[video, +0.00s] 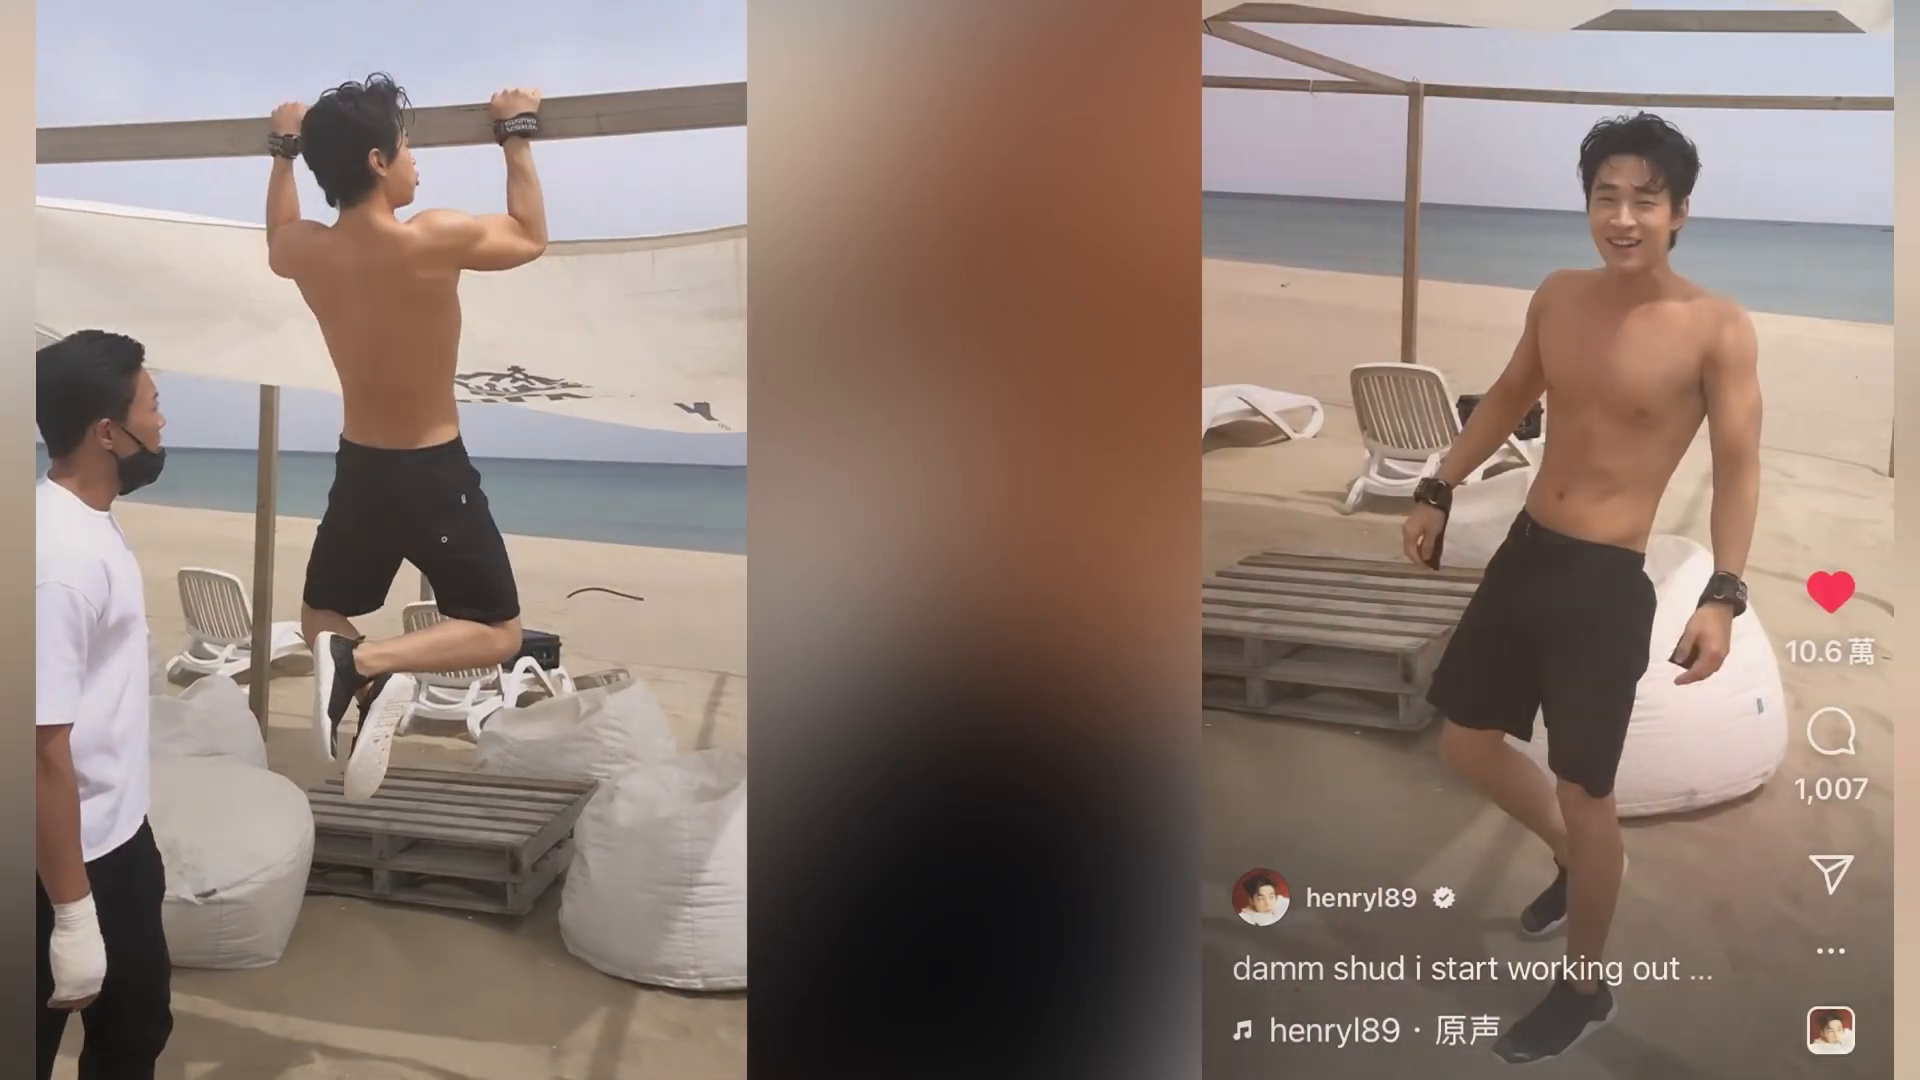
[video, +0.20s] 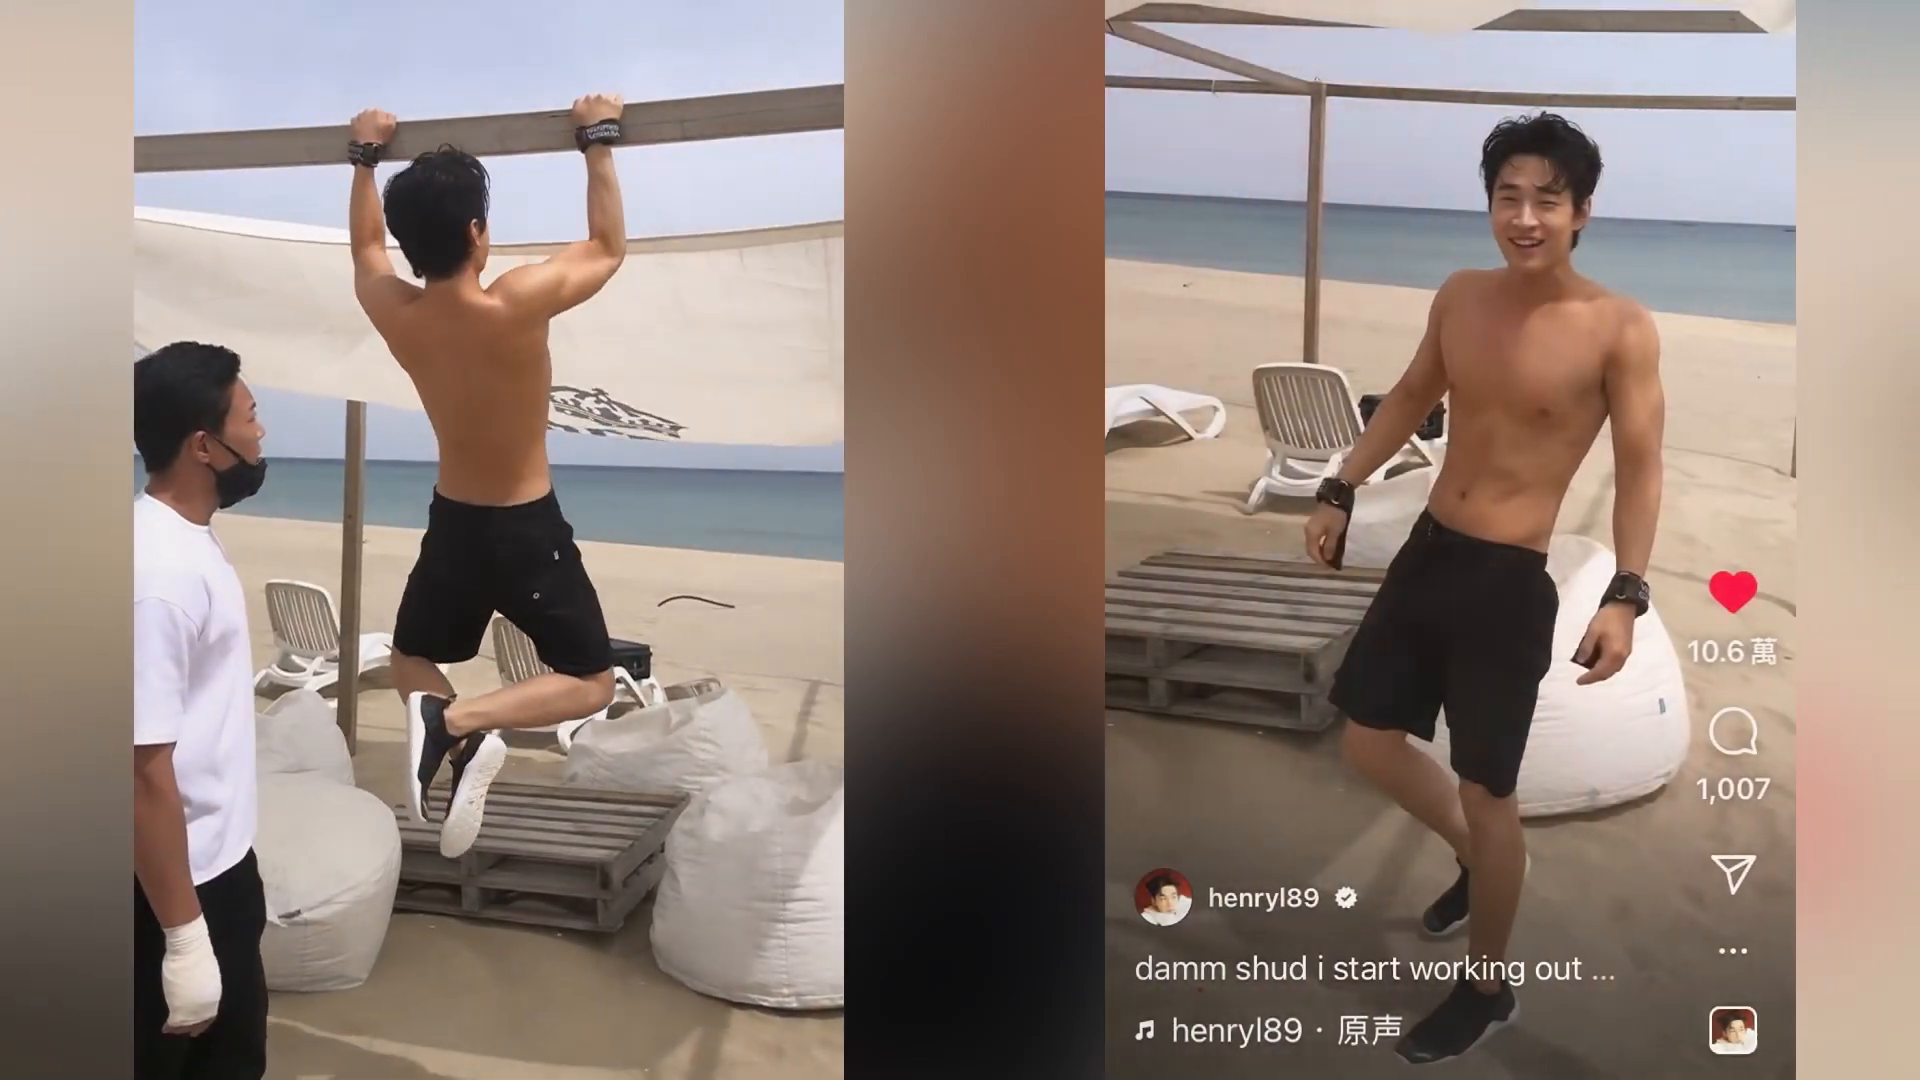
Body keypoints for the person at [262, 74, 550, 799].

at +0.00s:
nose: (414, 157)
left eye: (408, 142)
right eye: (404, 145)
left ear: (333, 169)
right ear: (378, 161)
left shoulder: (308, 250)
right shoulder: (433, 237)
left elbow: (281, 238)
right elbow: (529, 235)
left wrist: (282, 152)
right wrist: (519, 135)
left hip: (360, 475)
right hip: (436, 476)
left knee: (323, 614)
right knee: (500, 632)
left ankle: (370, 706)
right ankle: (363, 660)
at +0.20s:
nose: (489, 224)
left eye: (484, 214)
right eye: (485, 215)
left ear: (407, 241)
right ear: (477, 233)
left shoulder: (401, 314)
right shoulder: (523, 299)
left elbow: (371, 248)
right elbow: (606, 248)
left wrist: (362, 160)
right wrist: (600, 144)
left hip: (454, 529)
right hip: (529, 529)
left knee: (411, 659)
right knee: (592, 683)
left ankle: (470, 749)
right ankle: (450, 719)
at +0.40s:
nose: (532, 262)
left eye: (520, 255)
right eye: (526, 255)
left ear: (452, 286)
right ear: (519, 275)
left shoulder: (445, 356)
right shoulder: (565, 337)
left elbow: (410, 267)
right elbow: (641, 262)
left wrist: (397, 167)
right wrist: (635, 151)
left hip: (498, 571)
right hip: (576, 573)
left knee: (452, 703)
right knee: (635, 732)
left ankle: (512, 801)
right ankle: (495, 774)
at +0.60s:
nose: (538, 263)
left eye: (526, 256)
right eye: (533, 257)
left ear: (459, 290)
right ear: (526, 277)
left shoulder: (449, 361)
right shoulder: (575, 343)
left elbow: (416, 275)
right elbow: (653, 270)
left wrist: (401, 177)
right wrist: (645, 158)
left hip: (509, 582)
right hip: (589, 583)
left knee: (464, 721)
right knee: (651, 746)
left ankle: (520, 818)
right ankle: (510, 792)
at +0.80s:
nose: (520, 229)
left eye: (515, 215)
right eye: (517, 216)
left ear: (428, 239)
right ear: (506, 232)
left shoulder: (416, 323)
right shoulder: (552, 313)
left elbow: (394, 268)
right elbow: (648, 272)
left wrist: (385, 176)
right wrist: (637, 160)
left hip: (490, 558)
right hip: (575, 556)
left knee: (448, 703)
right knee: (656, 716)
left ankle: (508, 780)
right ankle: (506, 744)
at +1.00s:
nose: (501, 150)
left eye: (496, 139)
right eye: (496, 139)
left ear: (405, 165)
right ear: (489, 153)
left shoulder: (383, 254)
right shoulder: (528, 243)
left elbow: (357, 285)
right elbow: (632, 274)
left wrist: (361, 178)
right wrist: (619, 163)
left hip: (454, 512)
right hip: (542, 508)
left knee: (423, 675)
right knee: (639, 673)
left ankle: (498, 749)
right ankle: (483, 707)